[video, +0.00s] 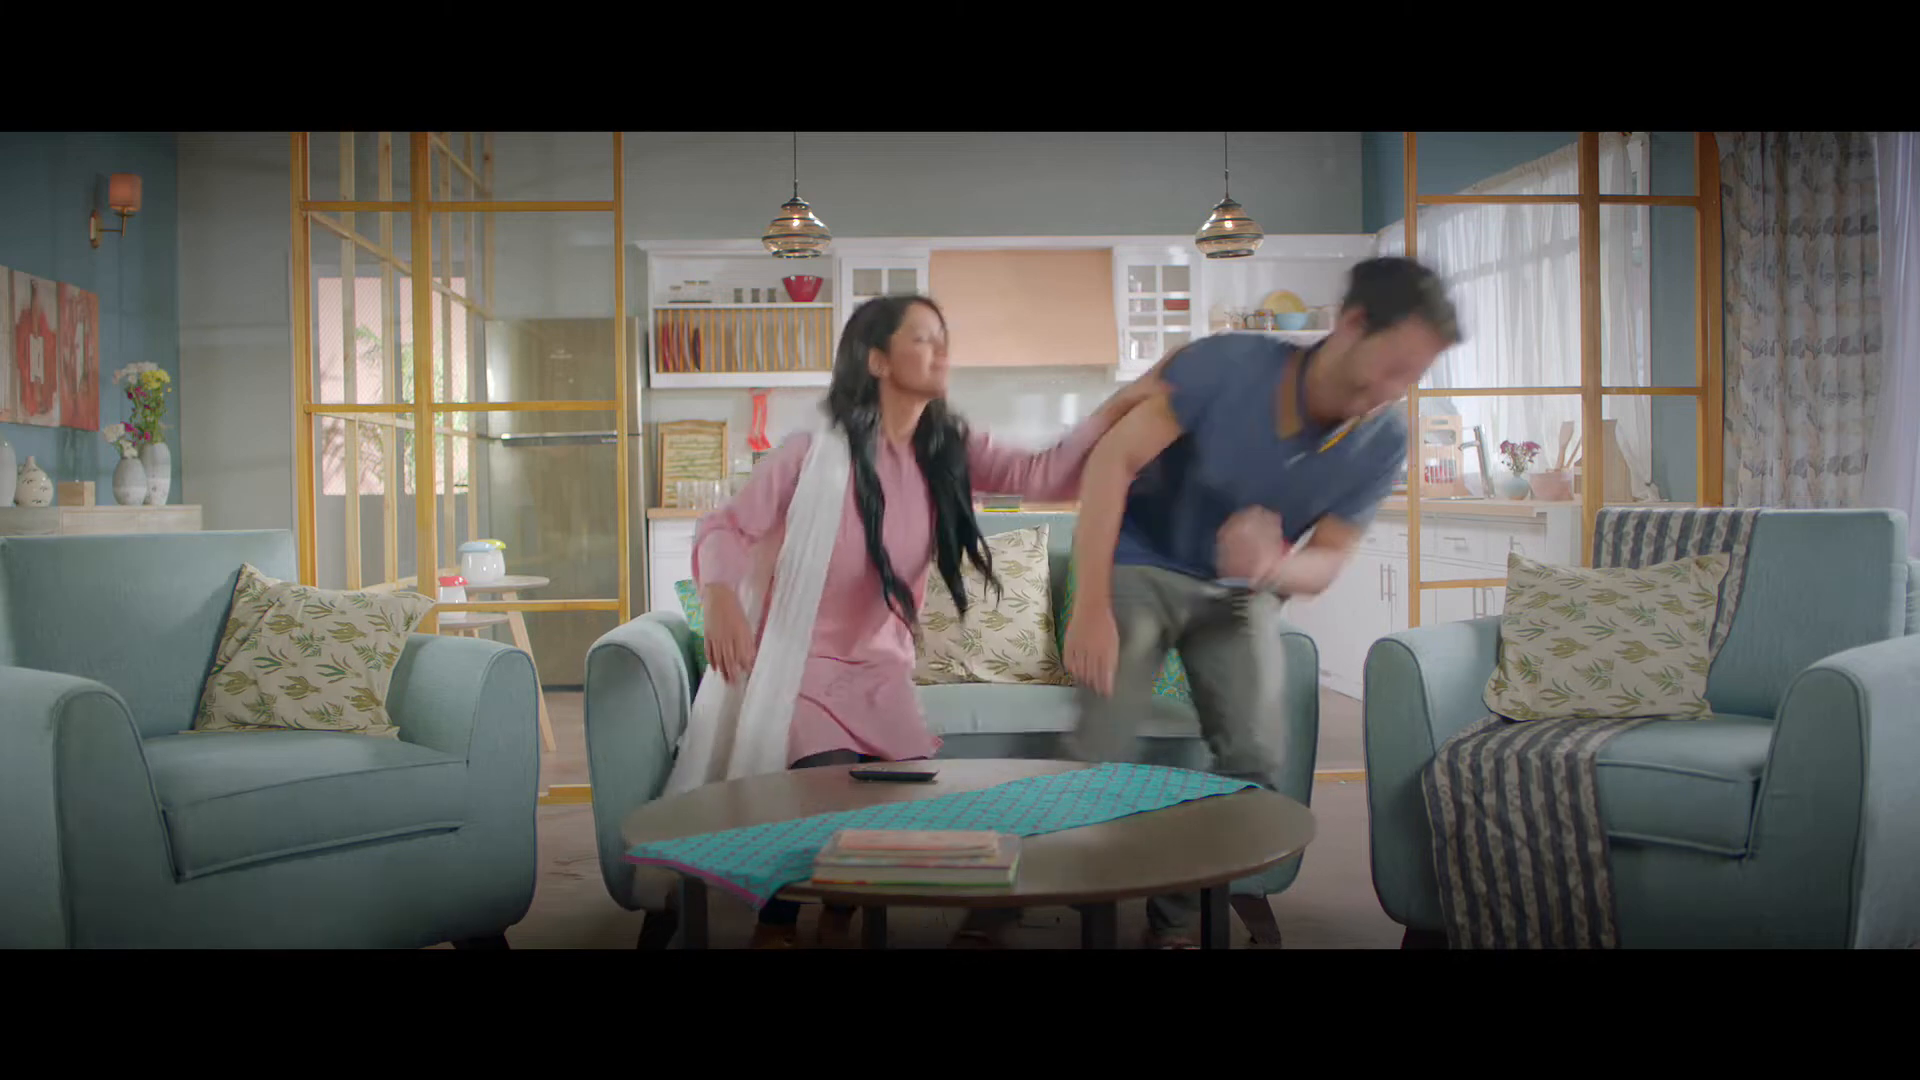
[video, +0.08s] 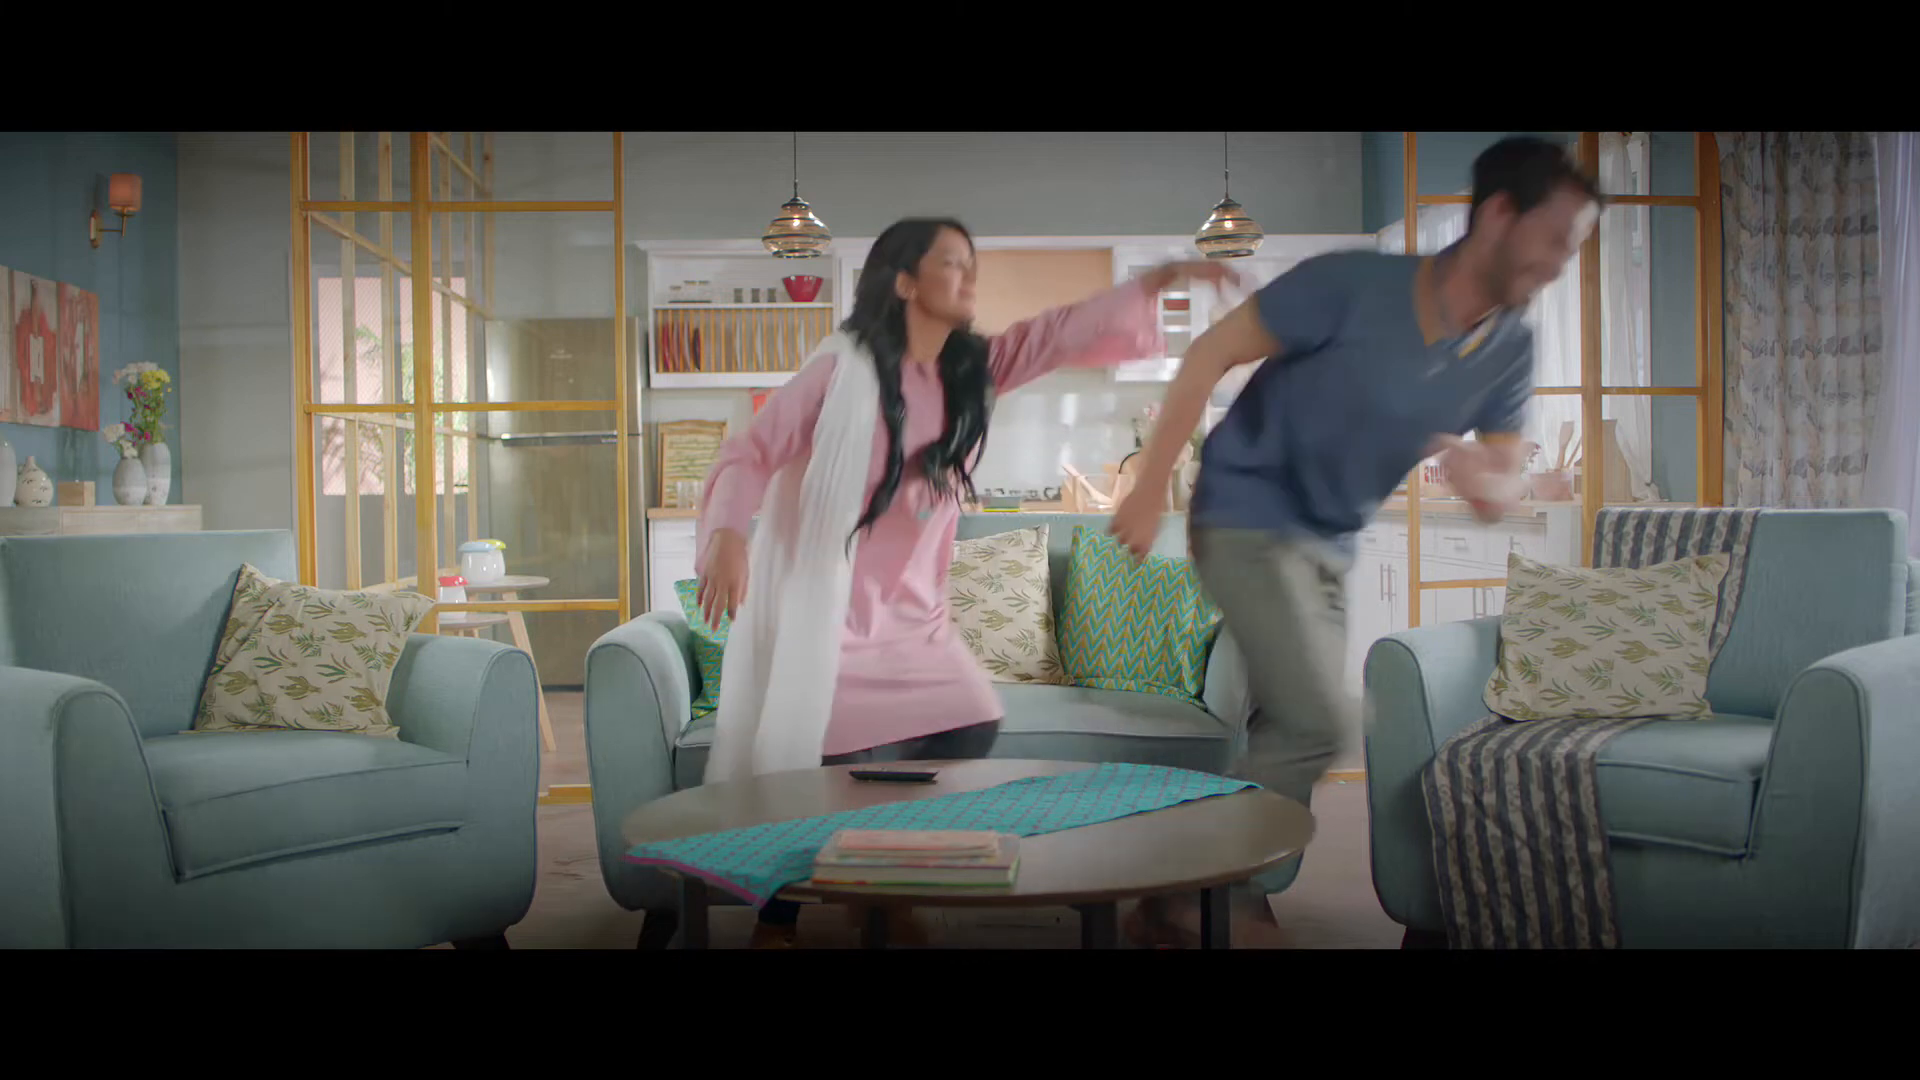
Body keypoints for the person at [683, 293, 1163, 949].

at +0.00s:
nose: (941, 355)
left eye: (942, 344)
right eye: (924, 342)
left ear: (945, 356)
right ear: (877, 358)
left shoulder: (945, 447)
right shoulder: (814, 452)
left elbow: (1049, 476)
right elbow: (725, 527)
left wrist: (1118, 406)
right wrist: (722, 602)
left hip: (885, 678)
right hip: (799, 674)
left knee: (912, 822)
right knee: (836, 819)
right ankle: (782, 933)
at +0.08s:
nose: (968, 282)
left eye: (970, 271)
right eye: (951, 266)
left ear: (967, 285)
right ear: (901, 279)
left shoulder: (968, 363)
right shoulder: (842, 369)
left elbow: (1057, 331)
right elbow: (751, 448)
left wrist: (1163, 278)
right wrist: (727, 533)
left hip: (915, 613)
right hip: (824, 618)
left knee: (972, 723)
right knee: (838, 766)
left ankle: (904, 895)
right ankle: (786, 915)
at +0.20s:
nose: (1036, 216)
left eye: (1037, 205)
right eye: (1017, 203)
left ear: (1035, 225)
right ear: (969, 219)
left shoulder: (1038, 306)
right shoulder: (910, 311)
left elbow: (1140, 258)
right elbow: (821, 415)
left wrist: (1193, 166)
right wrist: (773, 508)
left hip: (989, 571)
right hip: (894, 568)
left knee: (1053, 706)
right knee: (867, 742)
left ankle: (1075, 903)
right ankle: (799, 907)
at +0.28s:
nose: (1094, 199)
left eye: (1096, 187)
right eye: (1076, 184)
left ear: (1085, 207)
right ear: (1025, 198)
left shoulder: (1095, 289)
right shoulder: (978, 297)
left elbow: (1190, 246)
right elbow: (890, 403)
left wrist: (1230, 158)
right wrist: (832, 509)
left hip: (1074, 555)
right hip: (969, 554)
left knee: (1086, 750)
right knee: (908, 745)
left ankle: (1094, 918)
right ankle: (834, 904)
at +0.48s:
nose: (1289, 179)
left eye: (1287, 164)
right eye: (1271, 162)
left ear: (1258, 183)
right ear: (1217, 178)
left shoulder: (1279, 289)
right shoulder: (1157, 284)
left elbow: (1384, 322)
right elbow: (1083, 398)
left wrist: (1424, 249)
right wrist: (1028, 514)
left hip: (1244, 553)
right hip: (1175, 554)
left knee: (1163, 735)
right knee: (1283, 722)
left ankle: (1105, 897)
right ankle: (1246, 908)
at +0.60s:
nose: (1460, 169)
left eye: (1456, 153)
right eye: (1441, 153)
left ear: (1423, 176)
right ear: (1391, 172)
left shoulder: (1445, 294)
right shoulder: (1338, 287)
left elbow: (1483, 432)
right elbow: (1252, 417)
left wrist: (1576, 468)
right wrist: (1168, 537)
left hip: (1443, 578)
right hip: (1372, 578)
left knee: (1347, 755)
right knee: (1465, 771)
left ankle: (1204, 848)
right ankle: (1468, 939)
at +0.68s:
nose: (1563, 145)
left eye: (1562, 133)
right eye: (1543, 132)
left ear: (1542, 149)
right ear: (1492, 143)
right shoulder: (1443, 258)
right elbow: (1369, 408)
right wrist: (1290, 541)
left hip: (1542, 570)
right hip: (1473, 567)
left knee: (1535, 764)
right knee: (1514, 771)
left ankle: (1345, 867)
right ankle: (1482, 941)